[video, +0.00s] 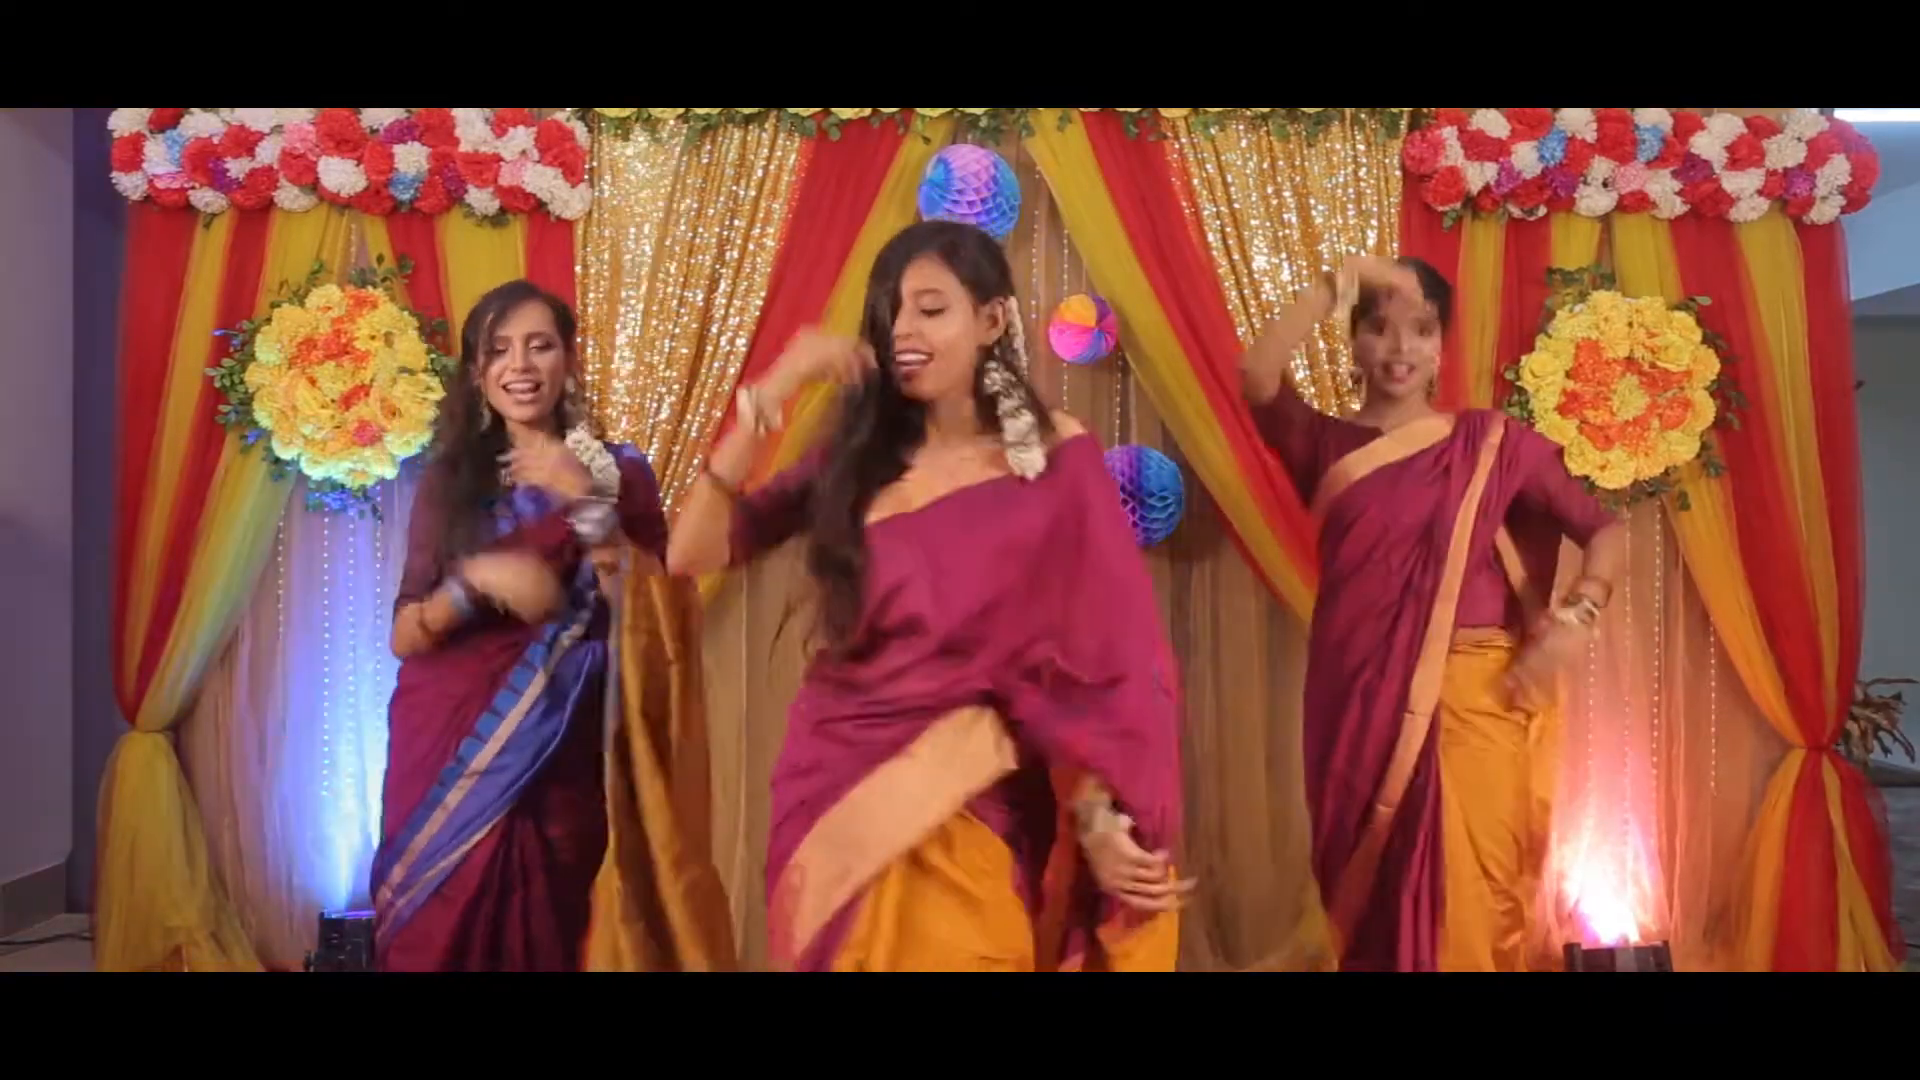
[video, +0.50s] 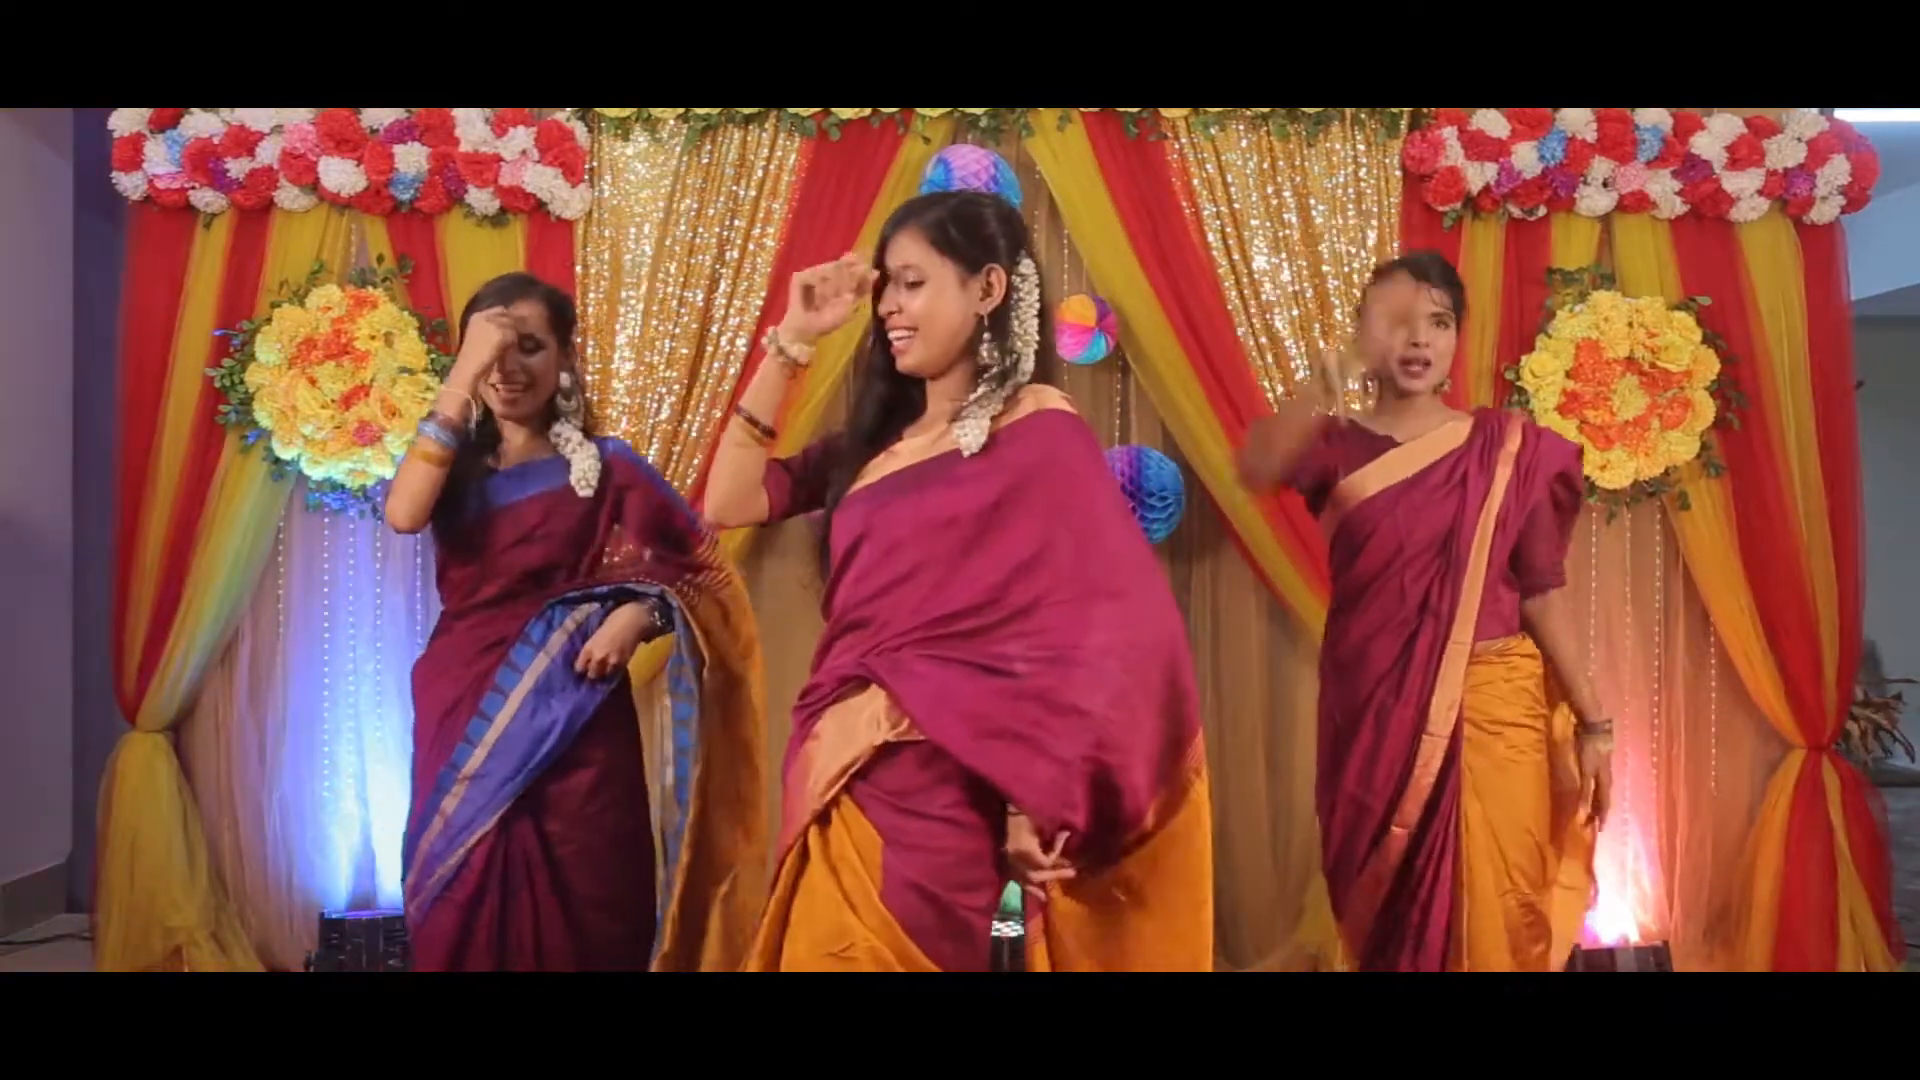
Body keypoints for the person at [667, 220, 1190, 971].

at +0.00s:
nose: (904, 331)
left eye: (932, 309)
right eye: (894, 310)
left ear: (993, 321)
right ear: (877, 323)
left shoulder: (1054, 454)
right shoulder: (859, 461)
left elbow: (1084, 662)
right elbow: (691, 552)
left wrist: (1093, 812)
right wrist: (775, 389)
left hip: (979, 803)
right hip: (837, 800)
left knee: (964, 952)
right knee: (839, 955)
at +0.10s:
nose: (887, 315)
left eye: (914, 290)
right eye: (879, 293)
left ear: (983, 302)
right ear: (868, 309)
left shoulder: (1032, 423)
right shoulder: (863, 443)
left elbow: (1106, 628)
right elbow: (701, 471)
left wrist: (1127, 806)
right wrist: (789, 309)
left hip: (966, 798)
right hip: (838, 795)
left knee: (919, 954)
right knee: (825, 958)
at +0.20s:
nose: (881, 300)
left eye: (906, 274)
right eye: (875, 279)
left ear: (981, 284)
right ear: (864, 293)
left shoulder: (1021, 402)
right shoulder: (864, 422)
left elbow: (1133, 586)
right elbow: (712, 440)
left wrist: (1087, 762)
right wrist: (799, 290)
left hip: (971, 768)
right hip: (856, 763)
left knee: (905, 951)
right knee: (849, 950)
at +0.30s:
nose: (884, 299)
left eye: (906, 274)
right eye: (879, 278)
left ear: (983, 283)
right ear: (865, 292)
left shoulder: (1026, 405)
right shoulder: (864, 436)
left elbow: (1091, 598)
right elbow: (723, 462)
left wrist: (1059, 767)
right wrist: (800, 307)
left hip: (966, 761)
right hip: (854, 763)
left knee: (942, 955)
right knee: (841, 950)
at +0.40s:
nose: (886, 310)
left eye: (907, 285)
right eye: (882, 289)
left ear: (985, 291)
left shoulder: (1033, 417)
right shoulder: (875, 444)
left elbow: (1115, 614)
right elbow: (730, 488)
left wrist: (1051, 786)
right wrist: (803, 332)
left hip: (955, 787)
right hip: (841, 781)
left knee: (935, 959)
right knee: (831, 956)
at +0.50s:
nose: (890, 310)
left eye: (912, 284)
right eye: (886, 288)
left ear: (989, 291)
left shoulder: (1035, 421)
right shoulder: (879, 447)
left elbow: (1111, 620)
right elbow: (728, 499)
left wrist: (1042, 792)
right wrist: (791, 343)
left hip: (938, 787)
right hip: (830, 782)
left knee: (905, 956)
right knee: (816, 953)